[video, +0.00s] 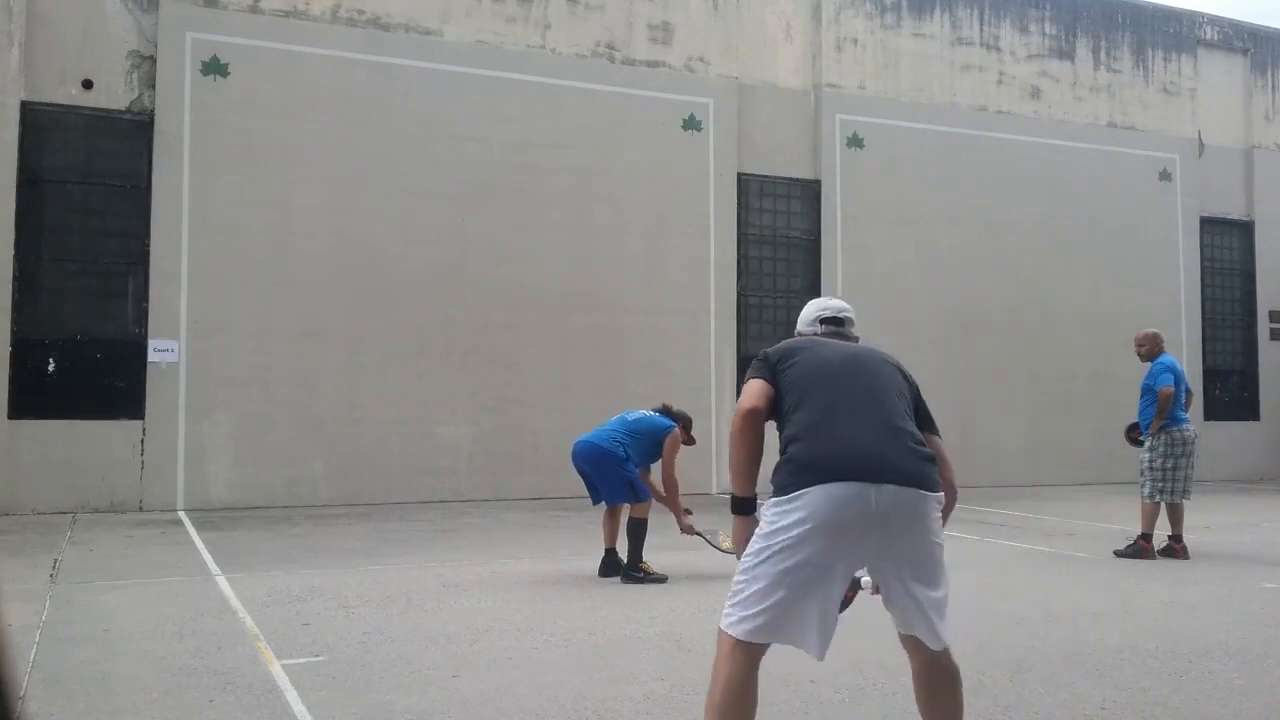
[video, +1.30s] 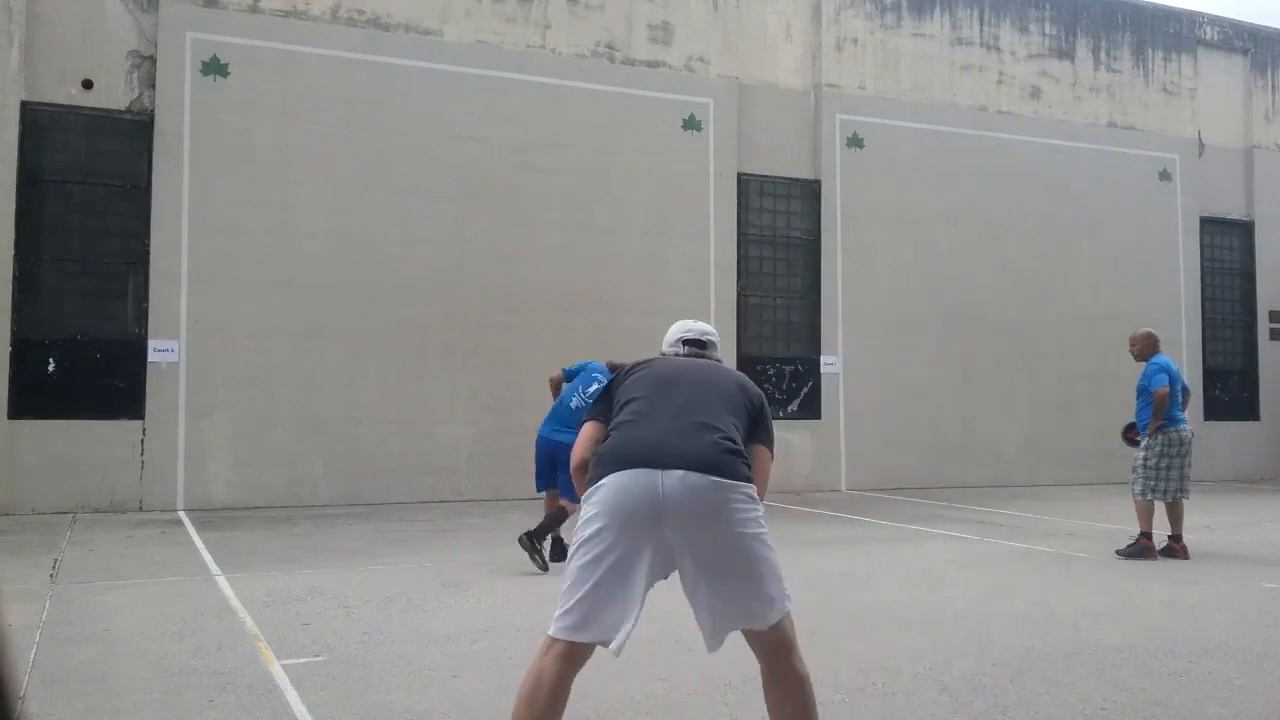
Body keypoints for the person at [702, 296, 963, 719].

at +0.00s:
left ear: (800, 334)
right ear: (856, 335)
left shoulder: (778, 354)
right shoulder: (893, 367)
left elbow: (749, 411)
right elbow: (947, 488)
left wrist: (743, 511)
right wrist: (896, 565)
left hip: (815, 490)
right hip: (913, 494)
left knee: (740, 642)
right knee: (929, 641)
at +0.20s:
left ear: (762, 327)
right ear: (817, 327)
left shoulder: (736, 349)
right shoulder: (855, 358)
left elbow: (695, 406)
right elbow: (901, 467)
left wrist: (677, 504)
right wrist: (878, 536)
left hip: (763, 480)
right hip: (861, 483)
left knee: (718, 640)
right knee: (878, 636)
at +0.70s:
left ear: (762, 329)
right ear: (820, 333)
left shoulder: (732, 348)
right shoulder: (852, 367)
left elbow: (691, 404)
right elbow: (879, 479)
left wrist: (698, 487)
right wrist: (824, 534)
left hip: (734, 469)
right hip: (832, 481)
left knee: (661, 623)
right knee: (844, 643)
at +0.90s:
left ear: (740, 338)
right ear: (795, 344)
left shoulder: (699, 361)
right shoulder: (821, 377)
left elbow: (653, 432)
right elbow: (841, 488)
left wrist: (665, 487)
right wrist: (795, 526)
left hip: (685, 485)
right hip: (783, 493)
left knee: (606, 646)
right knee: (826, 643)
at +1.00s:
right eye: (768, 348)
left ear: (719, 346)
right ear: (772, 351)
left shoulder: (674, 369)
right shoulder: (794, 382)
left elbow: (621, 447)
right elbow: (809, 489)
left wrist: (640, 502)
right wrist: (758, 534)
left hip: (650, 487)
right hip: (746, 493)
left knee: (578, 649)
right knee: (805, 644)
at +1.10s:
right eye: (745, 355)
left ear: (697, 351)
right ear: (749, 358)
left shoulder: (654, 372)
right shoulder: (770, 386)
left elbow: (596, 456)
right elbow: (779, 493)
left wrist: (644, 550)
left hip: (621, 479)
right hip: (718, 485)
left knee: (561, 649)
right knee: (784, 645)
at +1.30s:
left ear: (665, 351)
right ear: (718, 357)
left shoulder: (629, 373)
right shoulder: (747, 387)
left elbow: (580, 457)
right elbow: (756, 487)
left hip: (620, 483)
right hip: (717, 486)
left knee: (562, 651)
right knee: (777, 651)